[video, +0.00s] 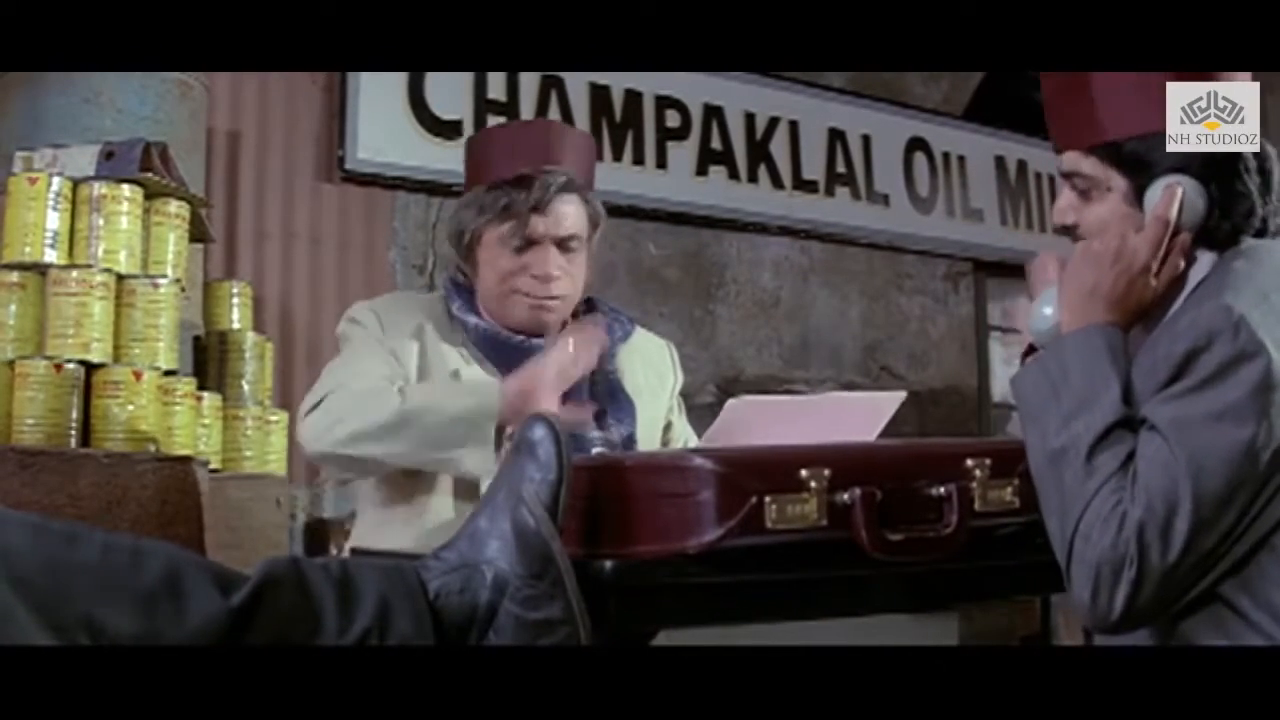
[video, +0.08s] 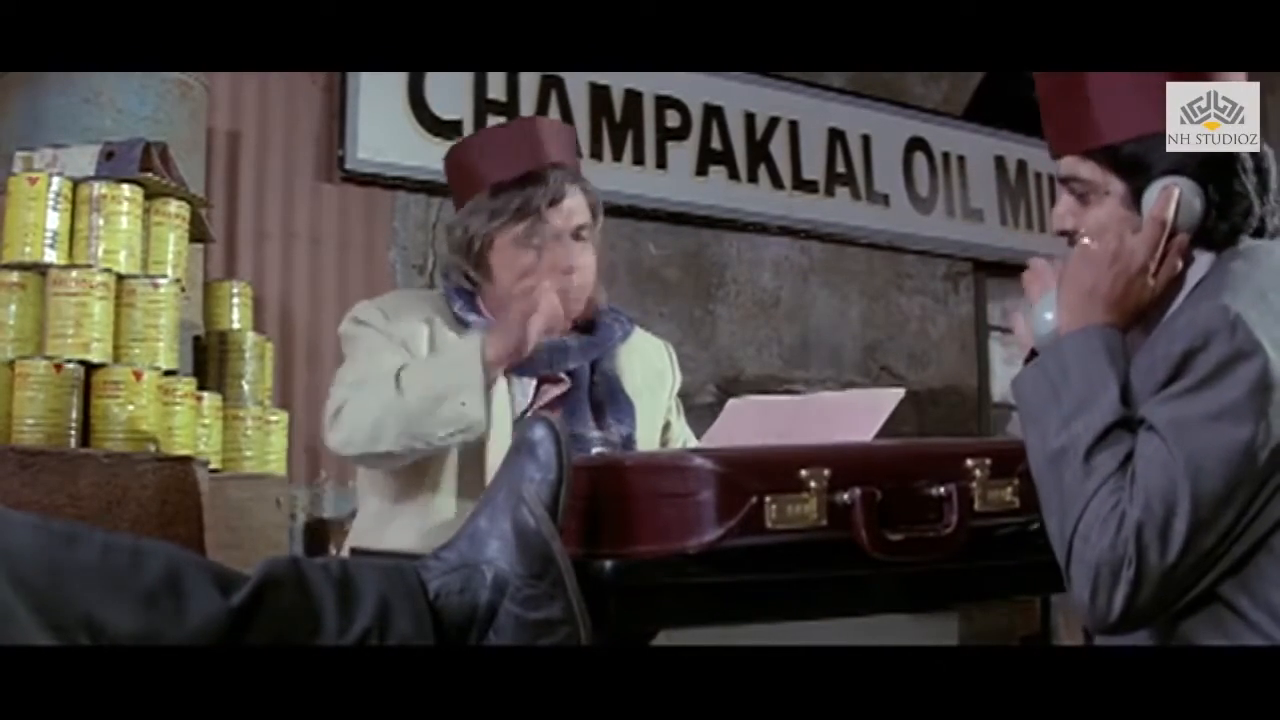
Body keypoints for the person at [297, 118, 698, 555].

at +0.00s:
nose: (547, 269)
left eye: (567, 246)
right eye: (520, 244)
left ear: (589, 258)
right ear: (468, 250)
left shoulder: (647, 359)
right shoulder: (393, 327)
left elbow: (683, 486)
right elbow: (329, 429)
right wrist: (508, 401)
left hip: (589, 608)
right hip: (418, 604)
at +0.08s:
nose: (567, 262)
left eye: (580, 236)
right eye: (533, 242)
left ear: (597, 243)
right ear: (475, 252)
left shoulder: (646, 360)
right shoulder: (393, 326)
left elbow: (681, 483)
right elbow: (354, 427)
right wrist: (489, 354)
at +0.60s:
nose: (544, 214)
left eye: (557, 199)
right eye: (511, 200)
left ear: (579, 226)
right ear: (454, 239)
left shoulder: (645, 354)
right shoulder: (395, 318)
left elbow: (677, 478)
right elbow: (422, 404)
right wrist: (574, 314)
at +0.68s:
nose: (547, 206)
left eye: (556, 191)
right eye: (512, 193)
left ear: (577, 216)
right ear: (453, 238)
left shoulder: (630, 342)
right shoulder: (395, 314)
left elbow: (679, 467)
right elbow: (400, 398)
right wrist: (587, 308)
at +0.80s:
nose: (532, 198)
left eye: (544, 184)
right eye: (497, 187)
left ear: (568, 215)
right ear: (443, 232)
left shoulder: (640, 347)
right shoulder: (397, 310)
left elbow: (680, 469)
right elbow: (444, 371)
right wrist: (564, 309)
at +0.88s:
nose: (527, 197)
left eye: (535, 180)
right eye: (492, 189)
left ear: (563, 206)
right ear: (438, 234)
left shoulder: (639, 345)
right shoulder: (393, 309)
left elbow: (678, 467)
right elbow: (444, 360)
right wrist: (566, 298)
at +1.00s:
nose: (518, 201)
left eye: (530, 183)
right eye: (485, 194)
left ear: (559, 210)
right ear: (437, 243)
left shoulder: (633, 341)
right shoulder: (395, 309)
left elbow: (678, 464)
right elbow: (408, 375)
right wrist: (568, 280)